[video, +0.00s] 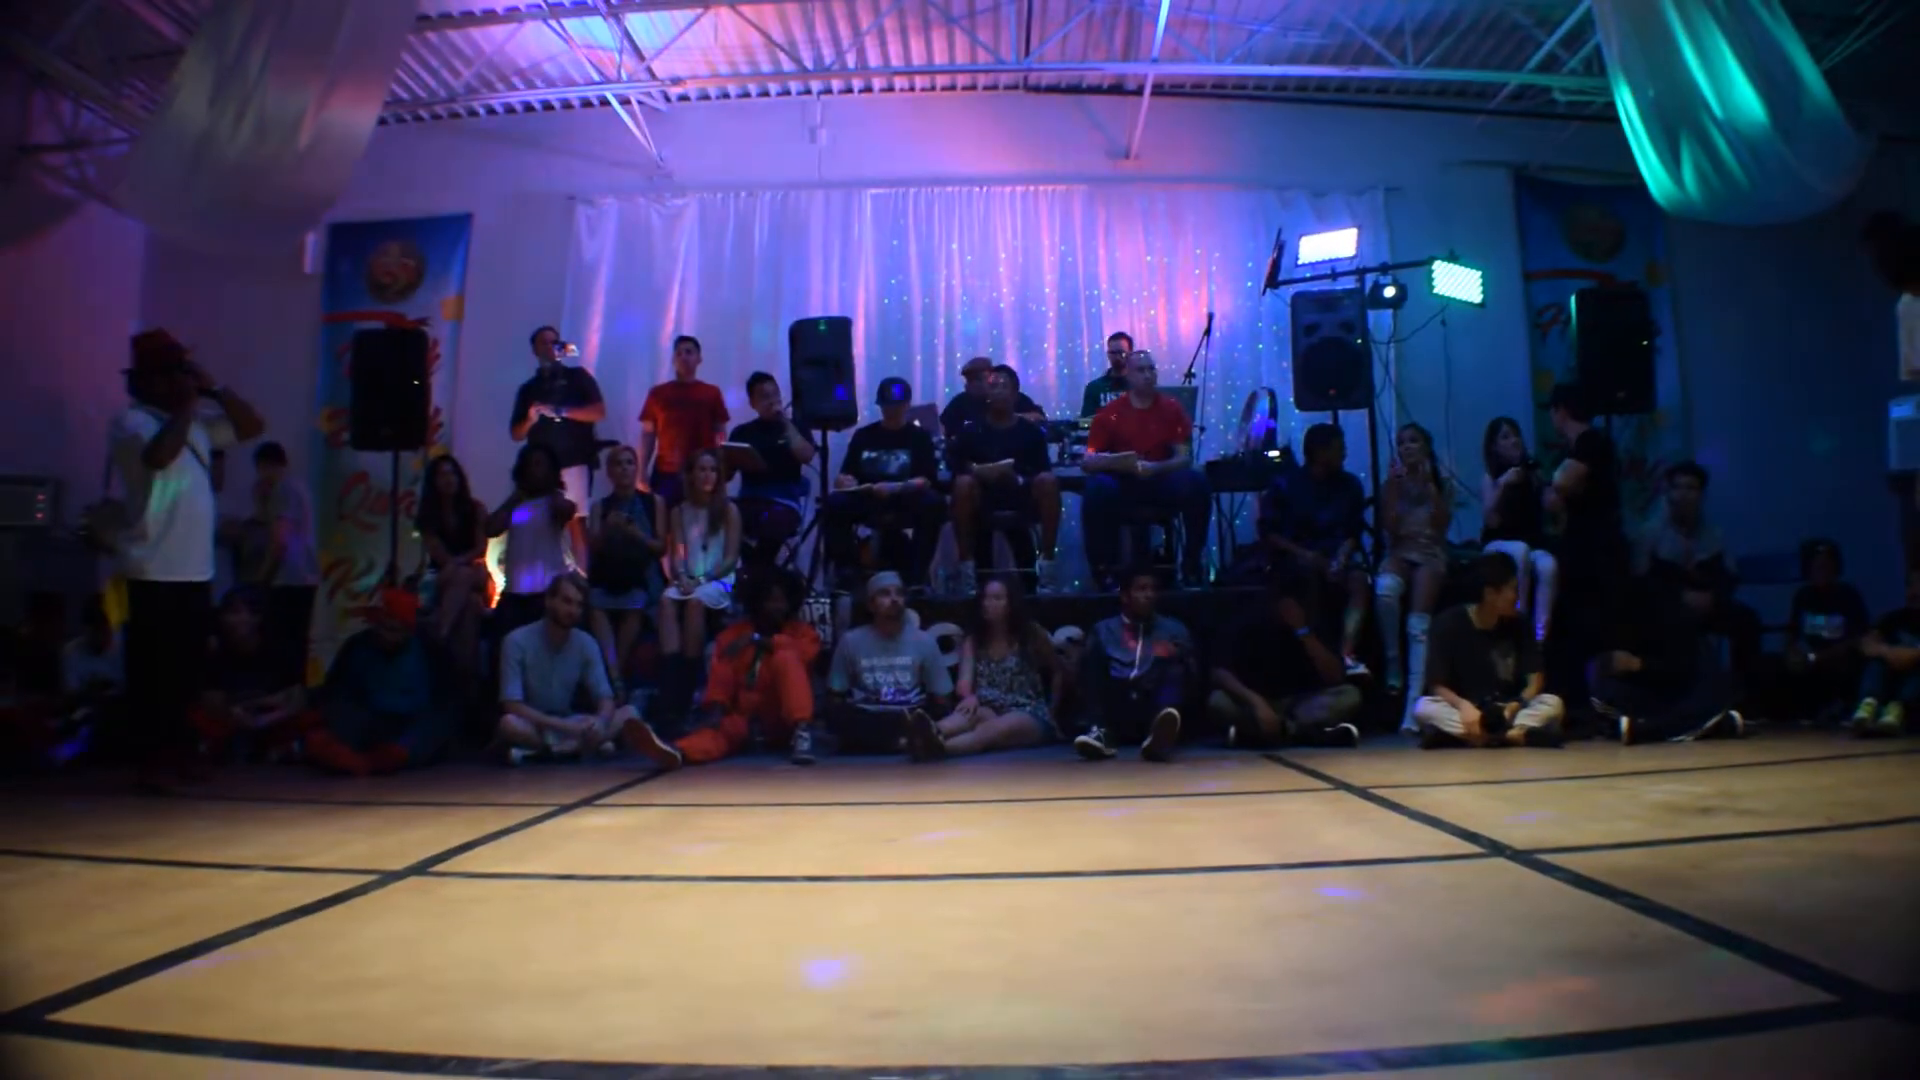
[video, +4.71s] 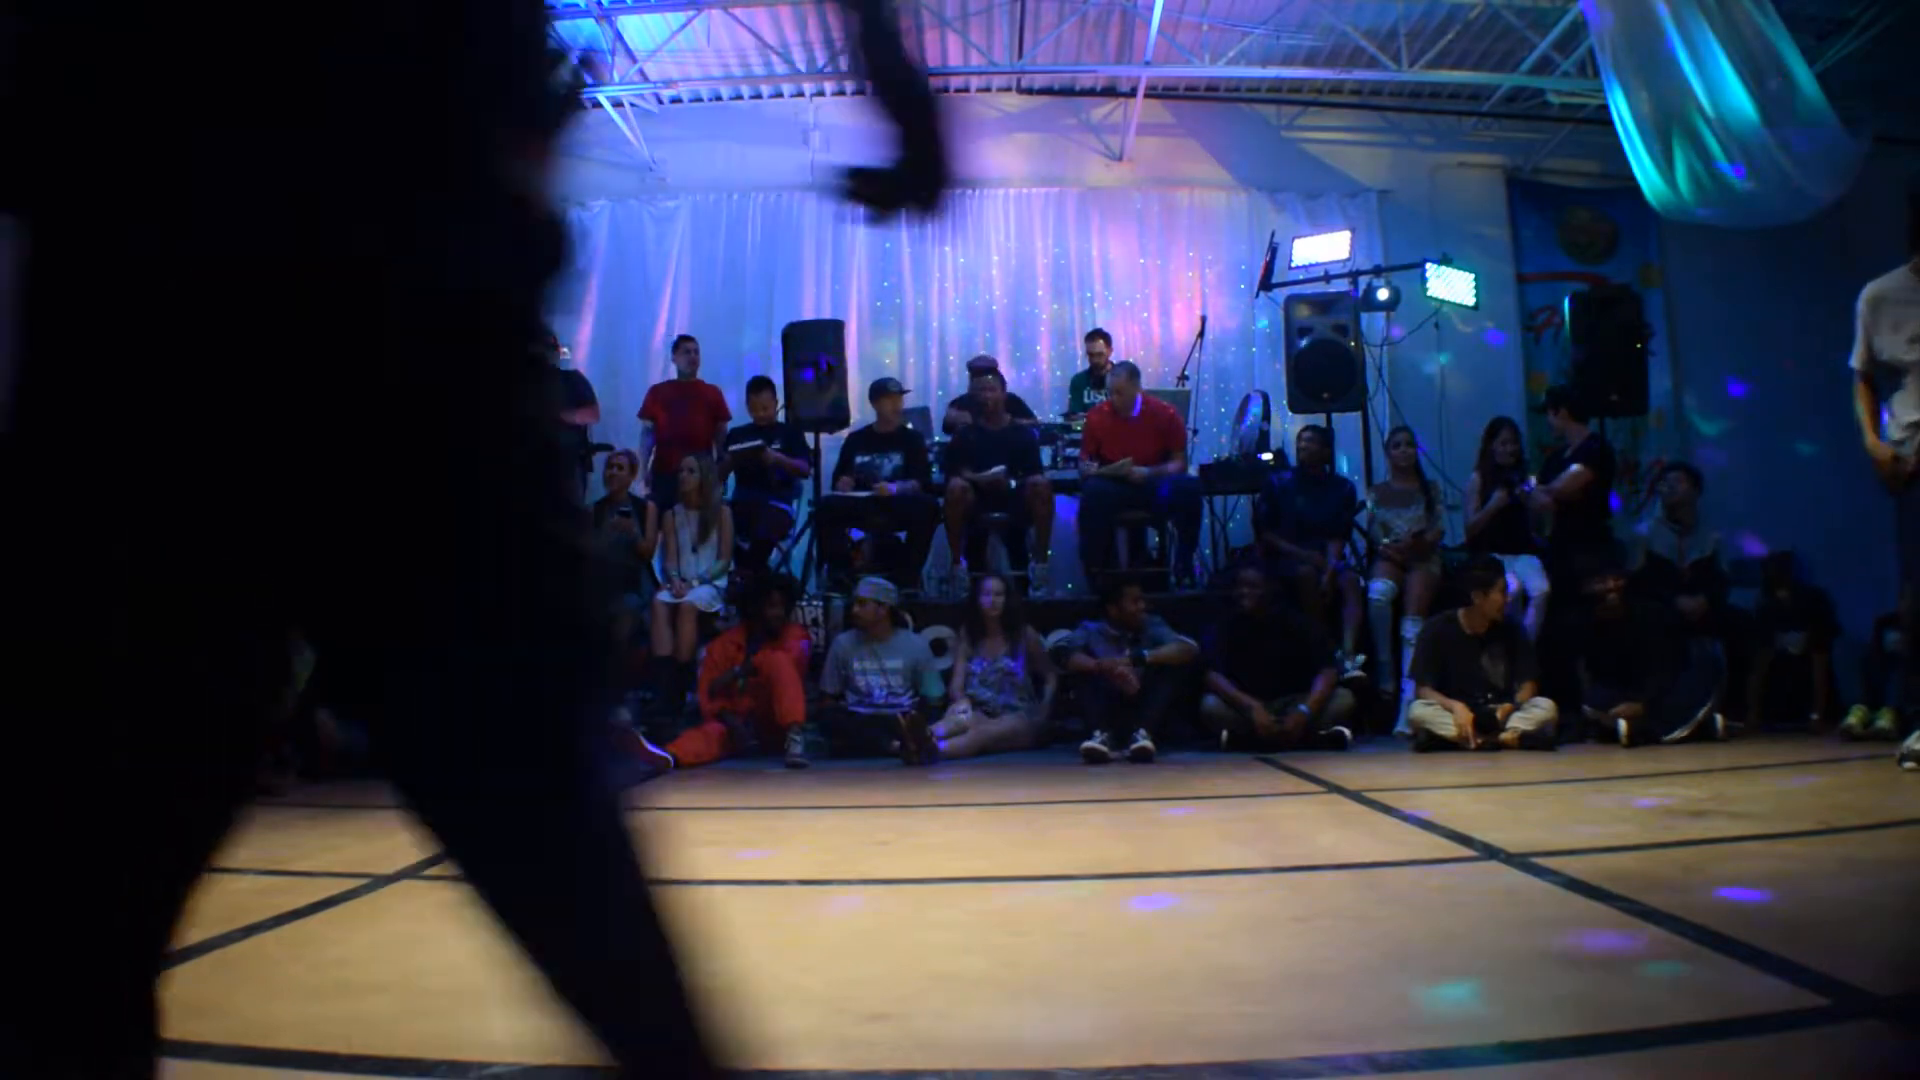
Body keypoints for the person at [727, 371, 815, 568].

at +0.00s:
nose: (772, 401)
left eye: (775, 394)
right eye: (765, 396)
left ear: (780, 396)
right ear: (753, 402)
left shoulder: (795, 428)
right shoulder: (742, 432)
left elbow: (806, 456)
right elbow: (727, 473)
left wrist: (786, 423)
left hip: (785, 495)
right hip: (751, 495)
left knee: (773, 527)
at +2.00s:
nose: (755, 416)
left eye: (759, 409)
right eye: (750, 411)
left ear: (770, 405)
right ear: (744, 409)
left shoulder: (789, 432)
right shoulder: (736, 436)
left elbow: (798, 463)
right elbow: (721, 477)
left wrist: (770, 435)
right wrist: (722, 459)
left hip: (777, 499)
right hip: (744, 499)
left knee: (769, 529)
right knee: (721, 523)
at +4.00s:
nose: (757, 415)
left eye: (763, 409)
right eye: (752, 409)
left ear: (774, 405)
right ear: (746, 407)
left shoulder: (790, 433)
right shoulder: (736, 435)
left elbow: (804, 468)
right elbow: (718, 474)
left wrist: (773, 460)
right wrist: (741, 459)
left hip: (778, 502)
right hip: (743, 501)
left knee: (763, 535)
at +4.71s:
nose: (761, 414)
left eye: (765, 408)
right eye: (755, 408)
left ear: (776, 405)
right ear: (748, 407)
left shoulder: (790, 433)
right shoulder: (737, 435)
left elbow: (805, 469)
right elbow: (720, 474)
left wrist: (776, 458)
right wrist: (733, 459)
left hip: (778, 501)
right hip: (744, 499)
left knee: (764, 535)